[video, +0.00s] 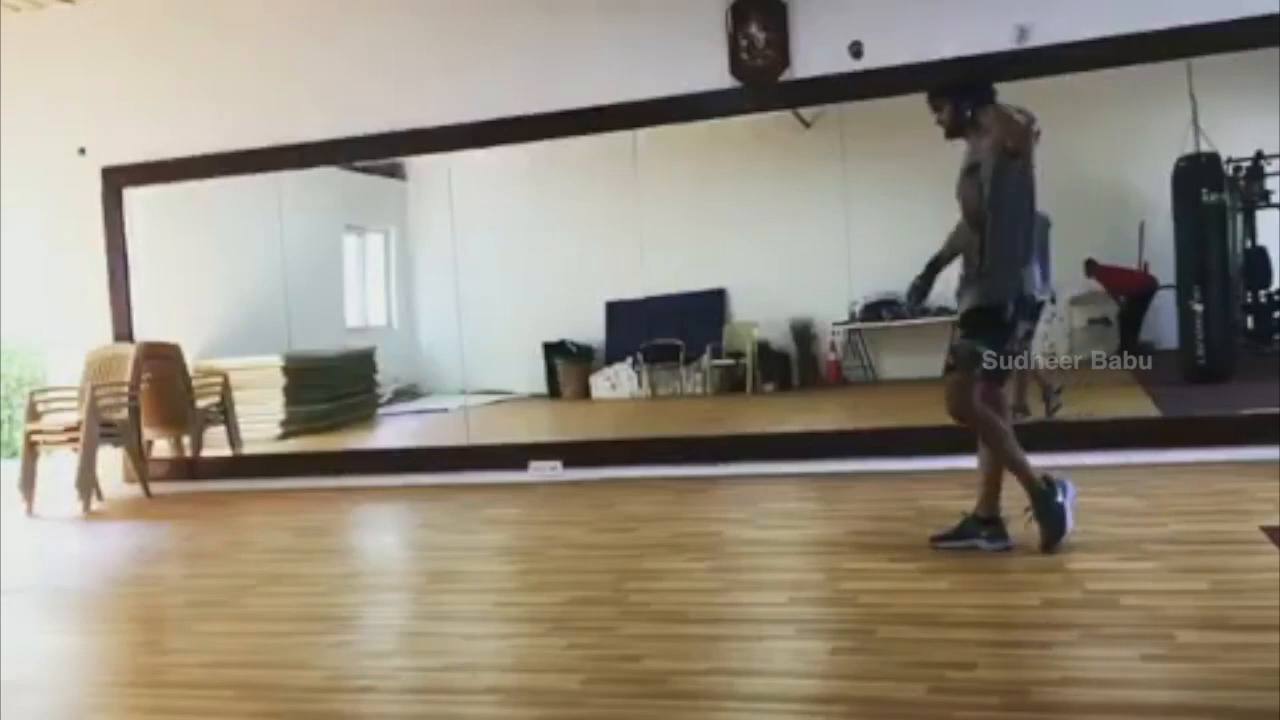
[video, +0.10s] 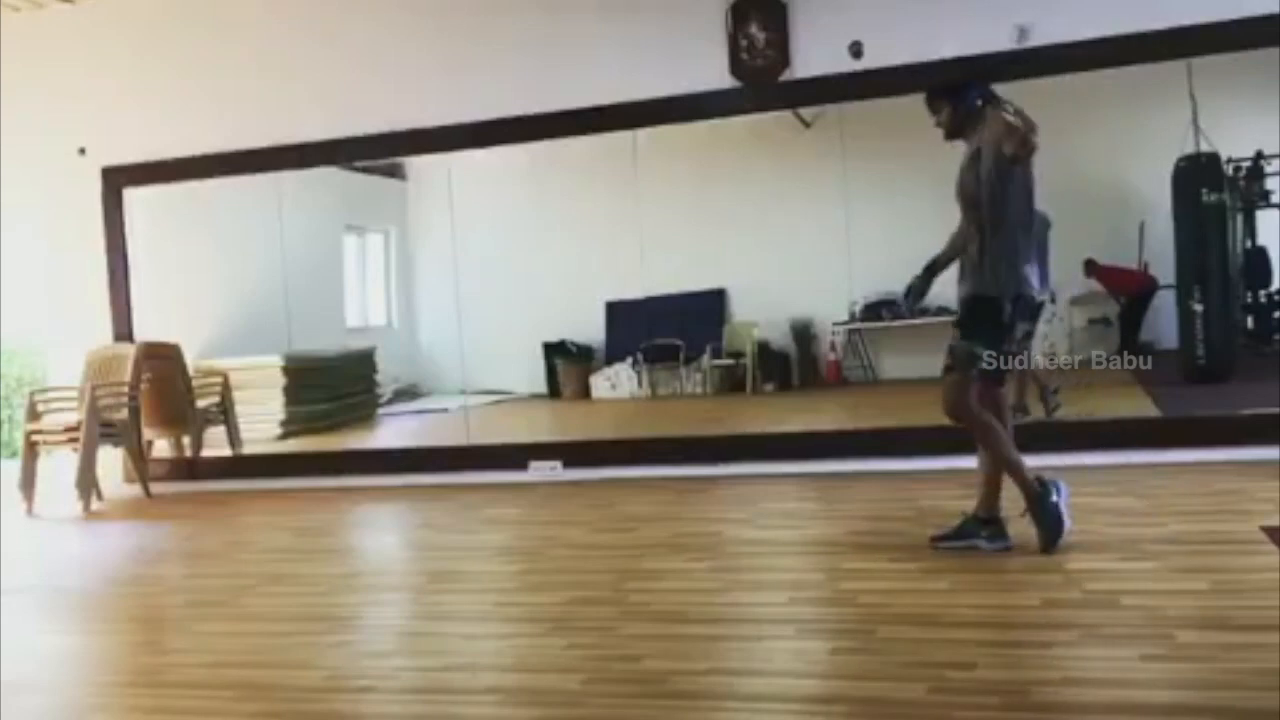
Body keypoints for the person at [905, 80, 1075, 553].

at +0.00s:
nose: (936, 120)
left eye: (938, 110)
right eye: (934, 111)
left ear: (961, 105)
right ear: (964, 105)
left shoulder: (1002, 137)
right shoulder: (979, 150)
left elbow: (1010, 225)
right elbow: (972, 225)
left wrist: (994, 299)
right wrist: (933, 268)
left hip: (1003, 293)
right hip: (992, 291)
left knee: (962, 400)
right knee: (994, 402)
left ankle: (1041, 490)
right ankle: (986, 515)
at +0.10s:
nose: (937, 123)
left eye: (939, 112)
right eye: (934, 115)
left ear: (963, 104)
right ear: (964, 105)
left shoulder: (998, 136)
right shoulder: (978, 153)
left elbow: (1022, 138)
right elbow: (970, 228)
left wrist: (1002, 109)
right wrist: (931, 271)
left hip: (1000, 293)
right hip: (992, 292)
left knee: (959, 400)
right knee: (992, 402)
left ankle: (1036, 492)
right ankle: (986, 516)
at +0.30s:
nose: (944, 122)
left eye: (945, 110)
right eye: (941, 113)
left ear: (966, 104)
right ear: (970, 105)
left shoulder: (1011, 140)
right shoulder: (980, 155)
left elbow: (1037, 190)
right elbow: (989, 242)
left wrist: (977, 158)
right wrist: (960, 297)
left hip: (1007, 300)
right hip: (989, 301)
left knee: (979, 406)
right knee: (993, 408)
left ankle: (1077, 490)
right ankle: (986, 516)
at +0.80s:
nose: (1001, 117)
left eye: (1003, 106)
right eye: (998, 107)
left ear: (1028, 103)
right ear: (1034, 102)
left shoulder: (1074, 153)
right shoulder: (1056, 152)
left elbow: (1077, 240)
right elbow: (1062, 238)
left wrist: (1057, 305)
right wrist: (1049, 295)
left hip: (1080, 302)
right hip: (1068, 300)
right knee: (1035, 404)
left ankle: (1143, 520)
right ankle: (999, 510)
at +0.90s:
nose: (1008, 115)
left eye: (1010, 104)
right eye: (1005, 104)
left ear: (1033, 101)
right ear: (1046, 99)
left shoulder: (1073, 153)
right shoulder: (1086, 142)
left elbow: (1078, 238)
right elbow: (1097, 231)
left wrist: (1074, 306)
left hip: (1082, 306)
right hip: (1083, 302)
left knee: (1109, 409)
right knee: (1041, 401)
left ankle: (1142, 520)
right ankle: (1012, 509)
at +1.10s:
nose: (1021, 110)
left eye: (1024, 99)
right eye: (1019, 101)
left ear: (1050, 95)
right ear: (1057, 96)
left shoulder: (1100, 147)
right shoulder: (1074, 145)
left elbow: (1105, 234)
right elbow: (1089, 220)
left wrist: (1104, 307)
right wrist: (1061, 206)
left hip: (1105, 303)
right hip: (1073, 300)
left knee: (1111, 395)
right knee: (1053, 385)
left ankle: (1145, 518)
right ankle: (1096, 500)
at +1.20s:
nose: (1029, 109)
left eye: (1033, 99)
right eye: (1027, 100)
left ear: (1059, 95)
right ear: (1059, 97)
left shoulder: (1107, 148)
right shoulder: (1078, 142)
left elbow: (1122, 235)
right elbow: (1095, 216)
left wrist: (1115, 308)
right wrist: (1069, 205)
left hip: (1110, 300)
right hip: (1080, 296)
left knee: (1114, 399)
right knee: (1065, 387)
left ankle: (1143, 519)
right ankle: (1160, 477)